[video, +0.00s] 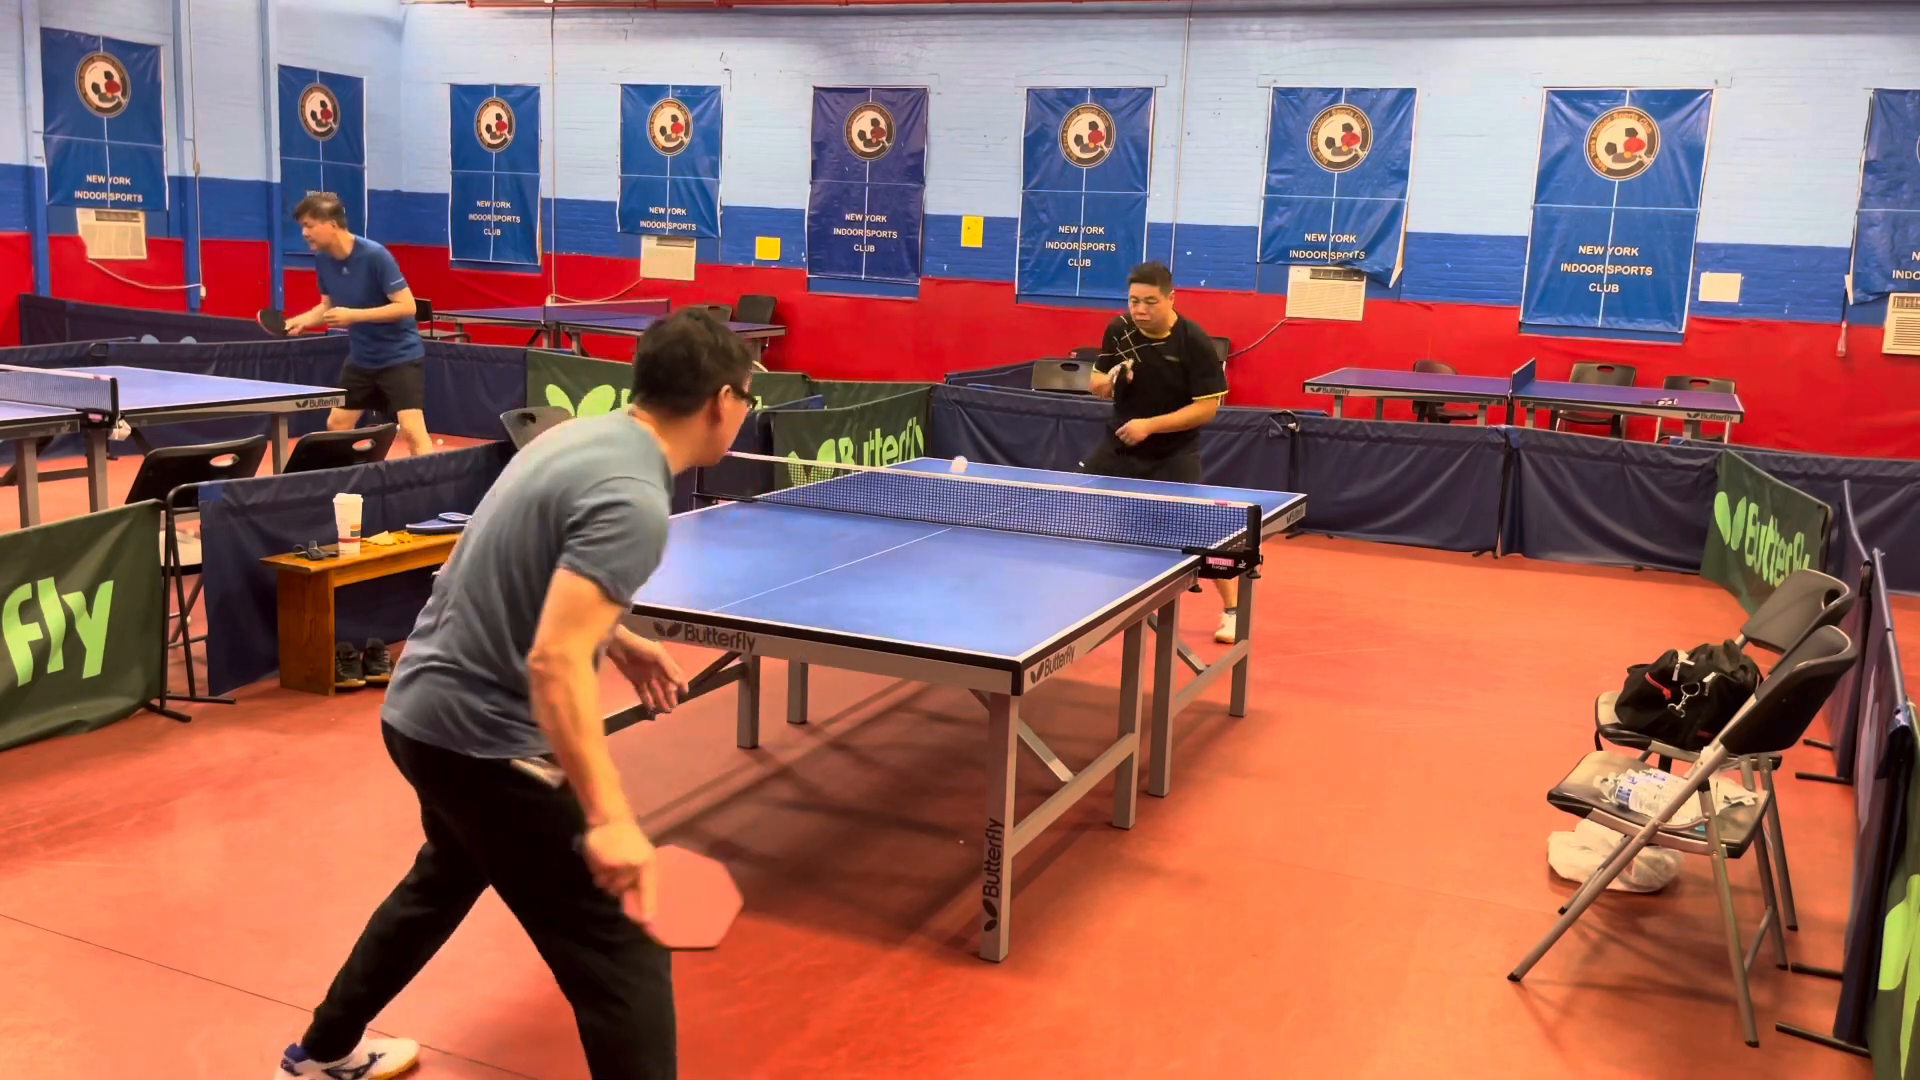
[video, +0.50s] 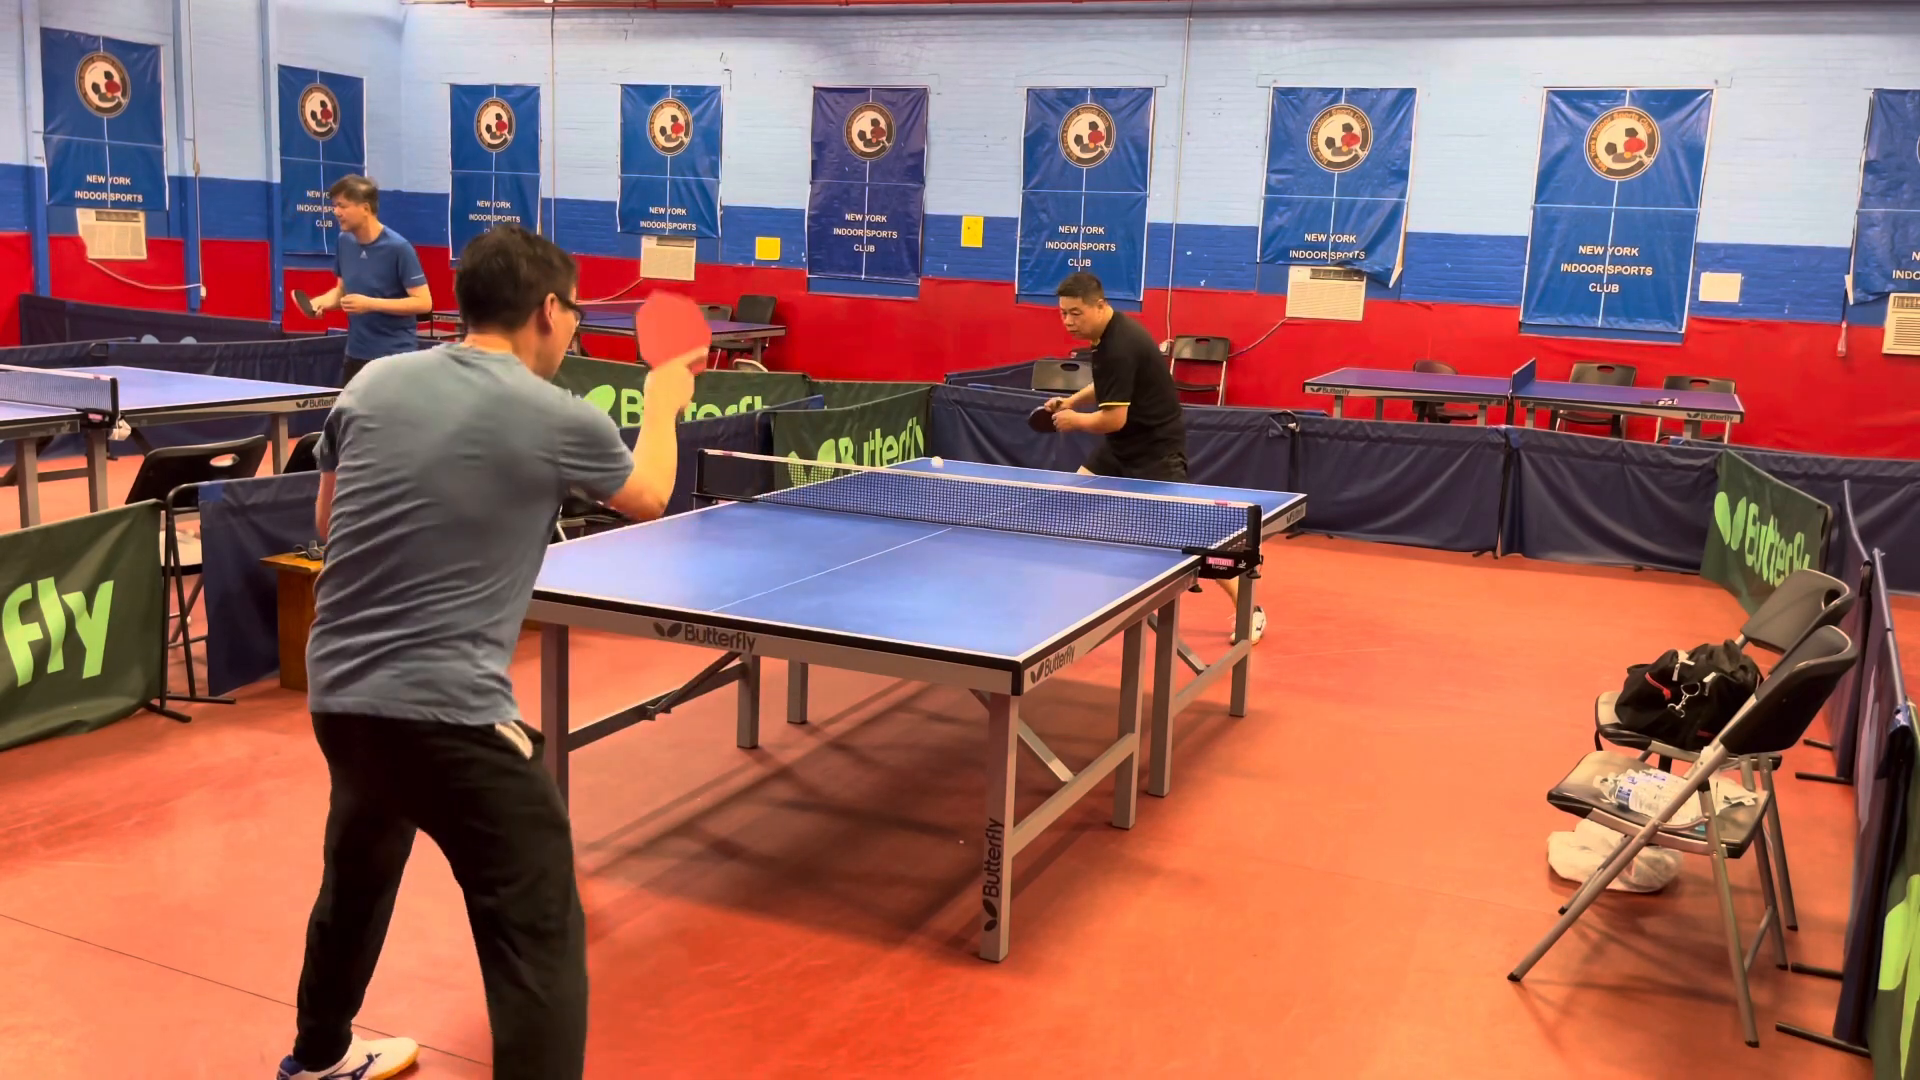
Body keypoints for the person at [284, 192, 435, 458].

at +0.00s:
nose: (304, 233)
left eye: (309, 226)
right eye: (303, 227)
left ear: (332, 225)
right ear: (325, 227)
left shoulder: (375, 255)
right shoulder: (324, 260)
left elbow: (408, 307)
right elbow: (330, 304)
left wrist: (352, 315)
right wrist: (303, 320)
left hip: (400, 358)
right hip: (361, 358)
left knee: (412, 430)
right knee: (337, 424)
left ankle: (434, 494)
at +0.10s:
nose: (314, 232)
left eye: (319, 224)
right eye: (312, 225)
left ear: (342, 224)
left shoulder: (384, 255)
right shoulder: (333, 258)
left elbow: (415, 307)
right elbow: (340, 302)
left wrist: (360, 315)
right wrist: (313, 319)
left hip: (404, 358)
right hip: (366, 358)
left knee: (413, 431)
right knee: (344, 425)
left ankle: (434, 493)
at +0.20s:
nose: (321, 226)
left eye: (326, 219)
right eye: (320, 220)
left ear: (349, 219)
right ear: (345, 220)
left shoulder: (390, 252)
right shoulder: (337, 252)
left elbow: (421, 304)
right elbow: (347, 297)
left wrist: (367, 312)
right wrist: (322, 315)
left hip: (405, 357)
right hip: (367, 357)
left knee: (413, 430)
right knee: (352, 427)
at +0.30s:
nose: (327, 221)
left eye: (332, 213)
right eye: (326, 214)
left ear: (356, 214)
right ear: (353, 216)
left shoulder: (395, 249)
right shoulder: (342, 249)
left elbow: (424, 302)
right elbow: (347, 295)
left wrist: (370, 308)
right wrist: (325, 309)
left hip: (404, 360)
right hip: (365, 359)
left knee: (403, 433)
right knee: (357, 428)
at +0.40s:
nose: (332, 215)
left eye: (338, 209)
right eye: (331, 209)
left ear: (361, 210)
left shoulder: (398, 249)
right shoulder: (344, 245)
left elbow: (425, 302)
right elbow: (345, 291)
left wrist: (370, 305)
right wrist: (322, 306)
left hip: (401, 362)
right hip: (361, 359)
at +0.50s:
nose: (336, 212)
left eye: (342, 206)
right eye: (335, 206)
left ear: (365, 208)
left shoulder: (399, 248)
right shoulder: (345, 241)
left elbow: (424, 303)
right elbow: (342, 290)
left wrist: (370, 304)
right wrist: (320, 302)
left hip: (395, 361)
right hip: (356, 357)